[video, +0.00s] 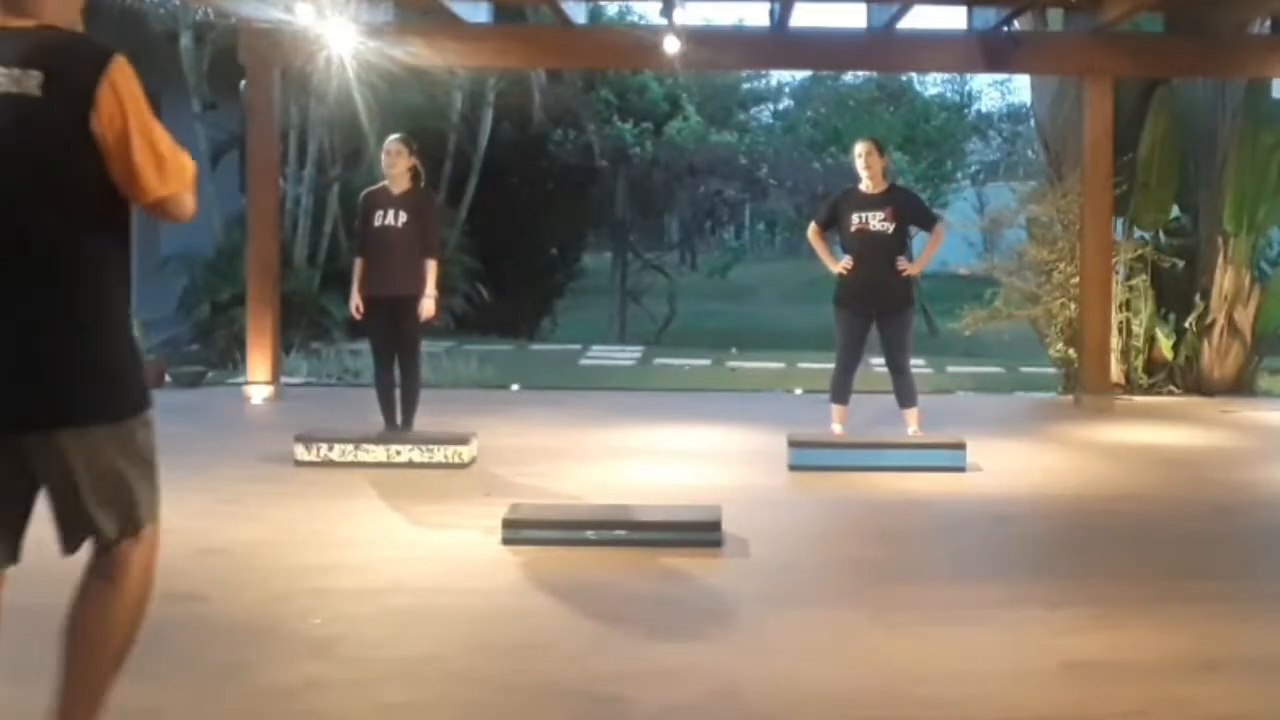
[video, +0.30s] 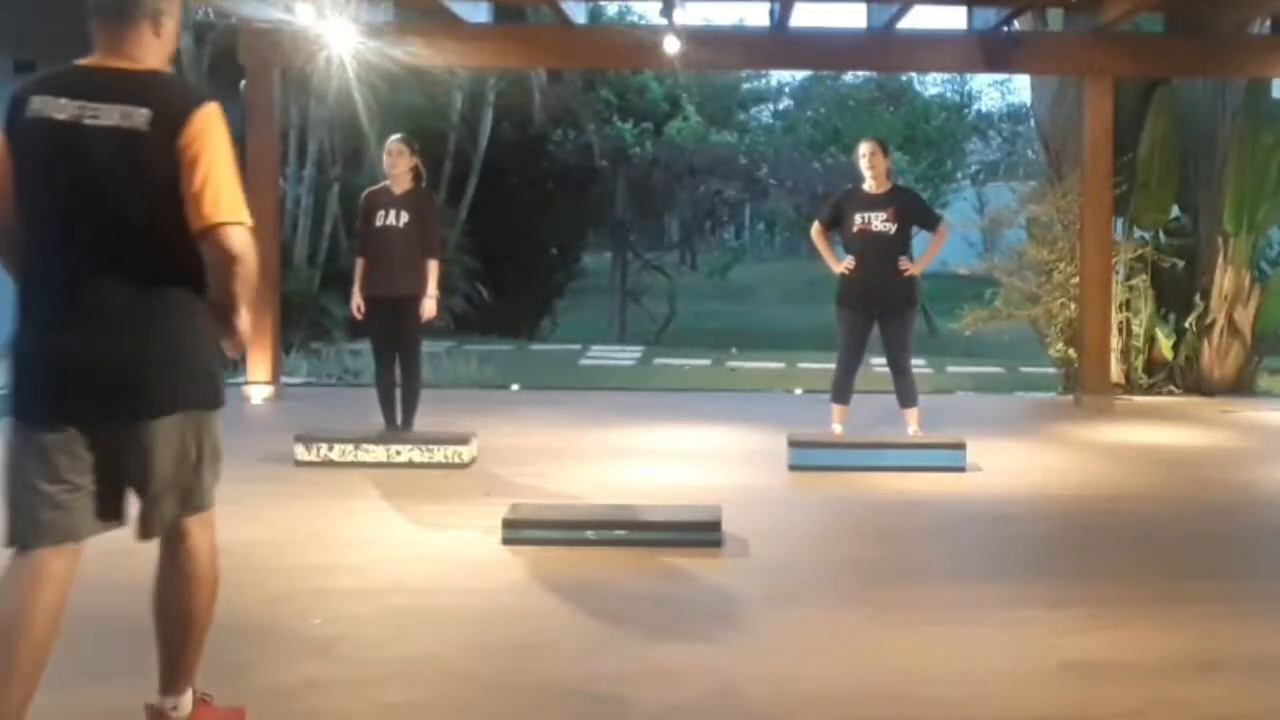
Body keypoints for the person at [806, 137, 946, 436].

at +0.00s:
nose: (864, 161)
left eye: (869, 155)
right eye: (859, 156)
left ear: (883, 160)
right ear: (854, 164)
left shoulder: (903, 198)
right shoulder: (844, 200)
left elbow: (939, 229)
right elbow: (813, 231)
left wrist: (919, 265)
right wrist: (833, 262)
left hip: (894, 289)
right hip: (854, 289)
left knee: (898, 362)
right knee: (846, 359)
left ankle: (913, 429)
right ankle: (837, 429)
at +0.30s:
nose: (868, 161)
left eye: (873, 155)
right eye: (863, 156)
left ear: (887, 160)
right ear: (858, 164)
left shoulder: (906, 199)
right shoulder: (847, 200)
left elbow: (942, 229)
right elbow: (817, 230)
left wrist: (921, 264)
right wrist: (835, 262)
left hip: (896, 288)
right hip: (856, 288)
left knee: (900, 361)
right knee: (848, 359)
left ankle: (914, 429)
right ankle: (838, 428)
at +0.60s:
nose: (872, 159)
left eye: (877, 154)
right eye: (868, 154)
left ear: (889, 161)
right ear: (861, 161)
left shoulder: (906, 199)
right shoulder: (848, 199)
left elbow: (943, 230)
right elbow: (818, 230)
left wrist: (922, 265)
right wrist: (836, 263)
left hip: (897, 288)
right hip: (857, 288)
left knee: (900, 362)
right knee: (849, 359)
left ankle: (914, 429)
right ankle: (838, 428)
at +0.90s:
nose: (873, 159)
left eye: (879, 154)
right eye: (868, 154)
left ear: (888, 161)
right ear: (859, 160)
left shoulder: (903, 199)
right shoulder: (844, 199)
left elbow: (941, 229)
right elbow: (814, 229)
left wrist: (920, 265)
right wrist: (832, 263)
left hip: (893, 289)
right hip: (854, 288)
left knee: (899, 362)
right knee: (846, 359)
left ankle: (913, 429)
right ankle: (837, 429)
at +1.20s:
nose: (873, 160)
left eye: (877, 155)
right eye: (867, 156)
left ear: (888, 160)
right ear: (860, 163)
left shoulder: (905, 199)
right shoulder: (846, 198)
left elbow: (941, 229)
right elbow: (814, 227)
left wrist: (921, 265)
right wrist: (832, 262)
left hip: (894, 289)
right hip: (854, 288)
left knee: (898, 361)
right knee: (846, 359)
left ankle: (913, 429)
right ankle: (837, 429)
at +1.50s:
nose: (876, 162)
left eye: (882, 157)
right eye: (871, 156)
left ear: (890, 162)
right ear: (861, 160)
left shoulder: (905, 198)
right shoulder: (844, 199)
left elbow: (941, 226)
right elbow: (814, 230)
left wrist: (922, 264)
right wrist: (834, 263)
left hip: (897, 287)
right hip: (856, 287)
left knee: (901, 361)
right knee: (848, 359)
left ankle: (914, 429)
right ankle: (837, 429)